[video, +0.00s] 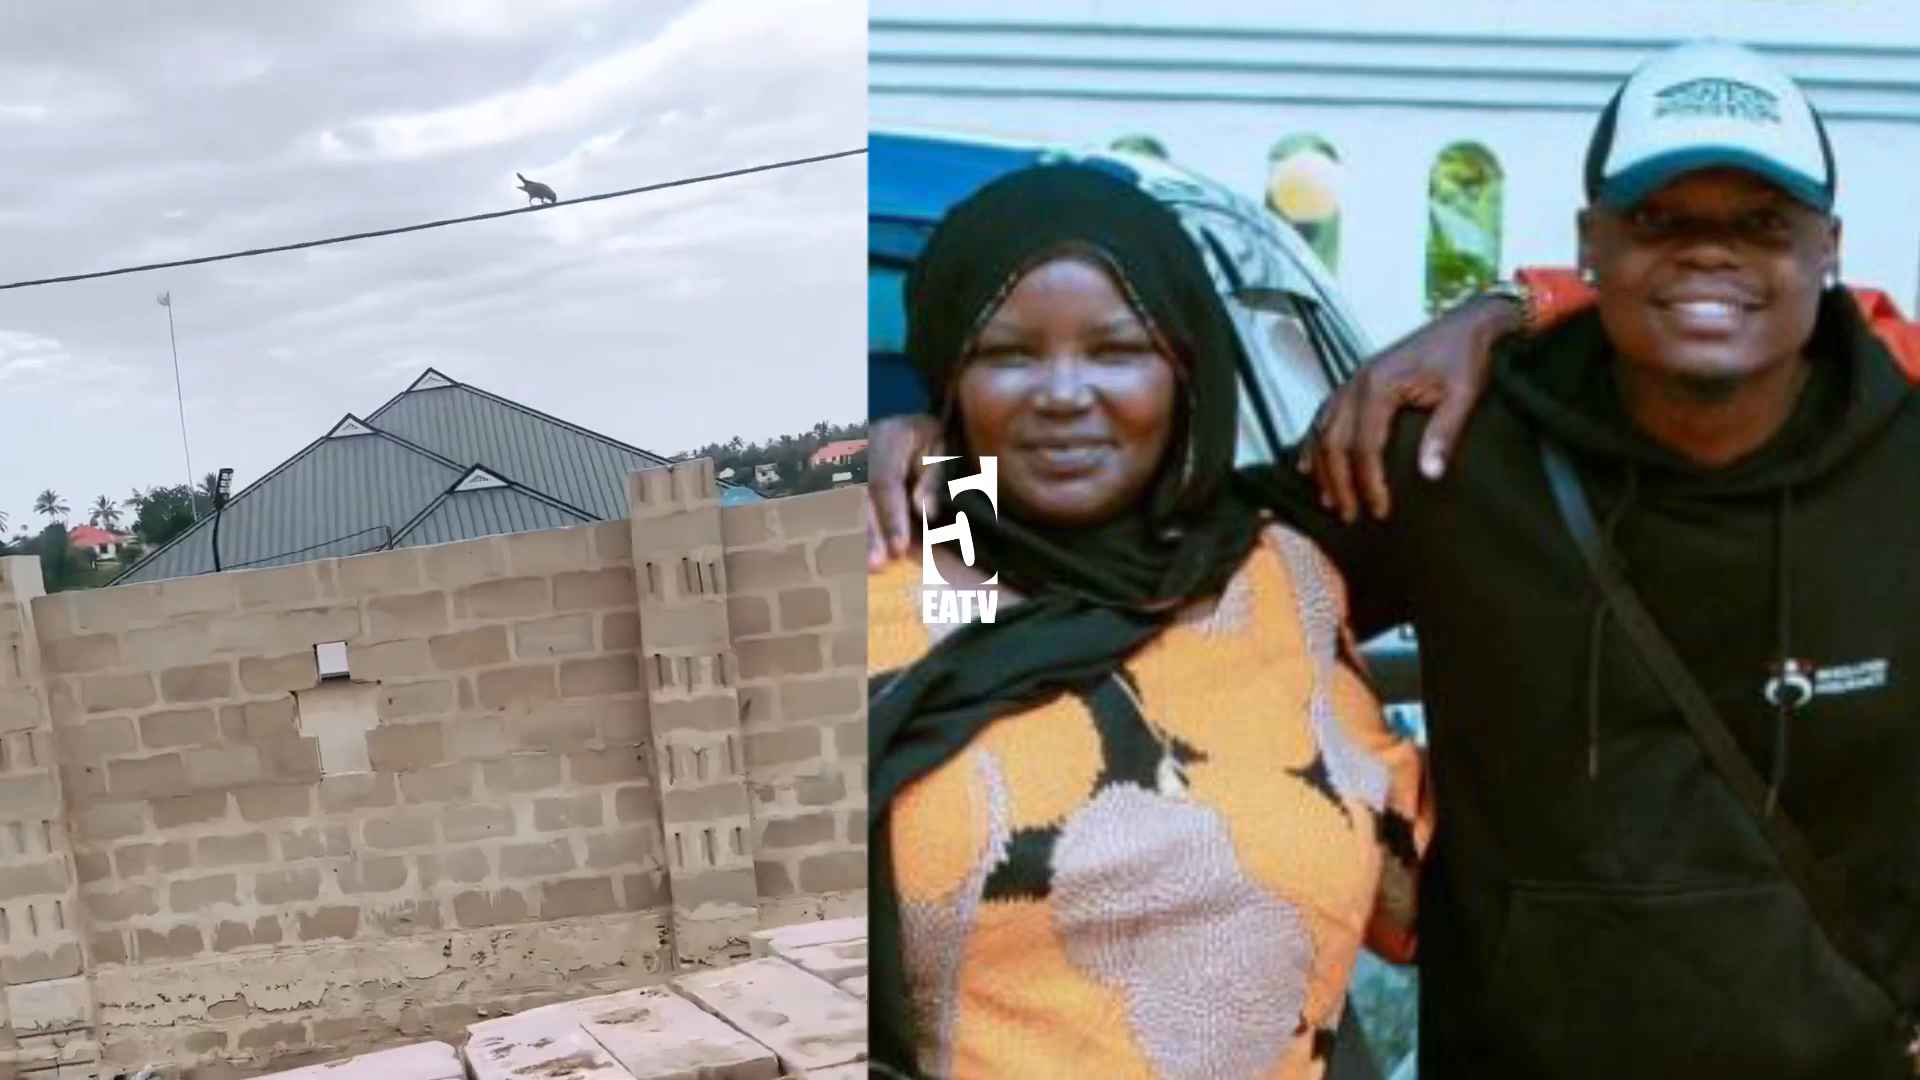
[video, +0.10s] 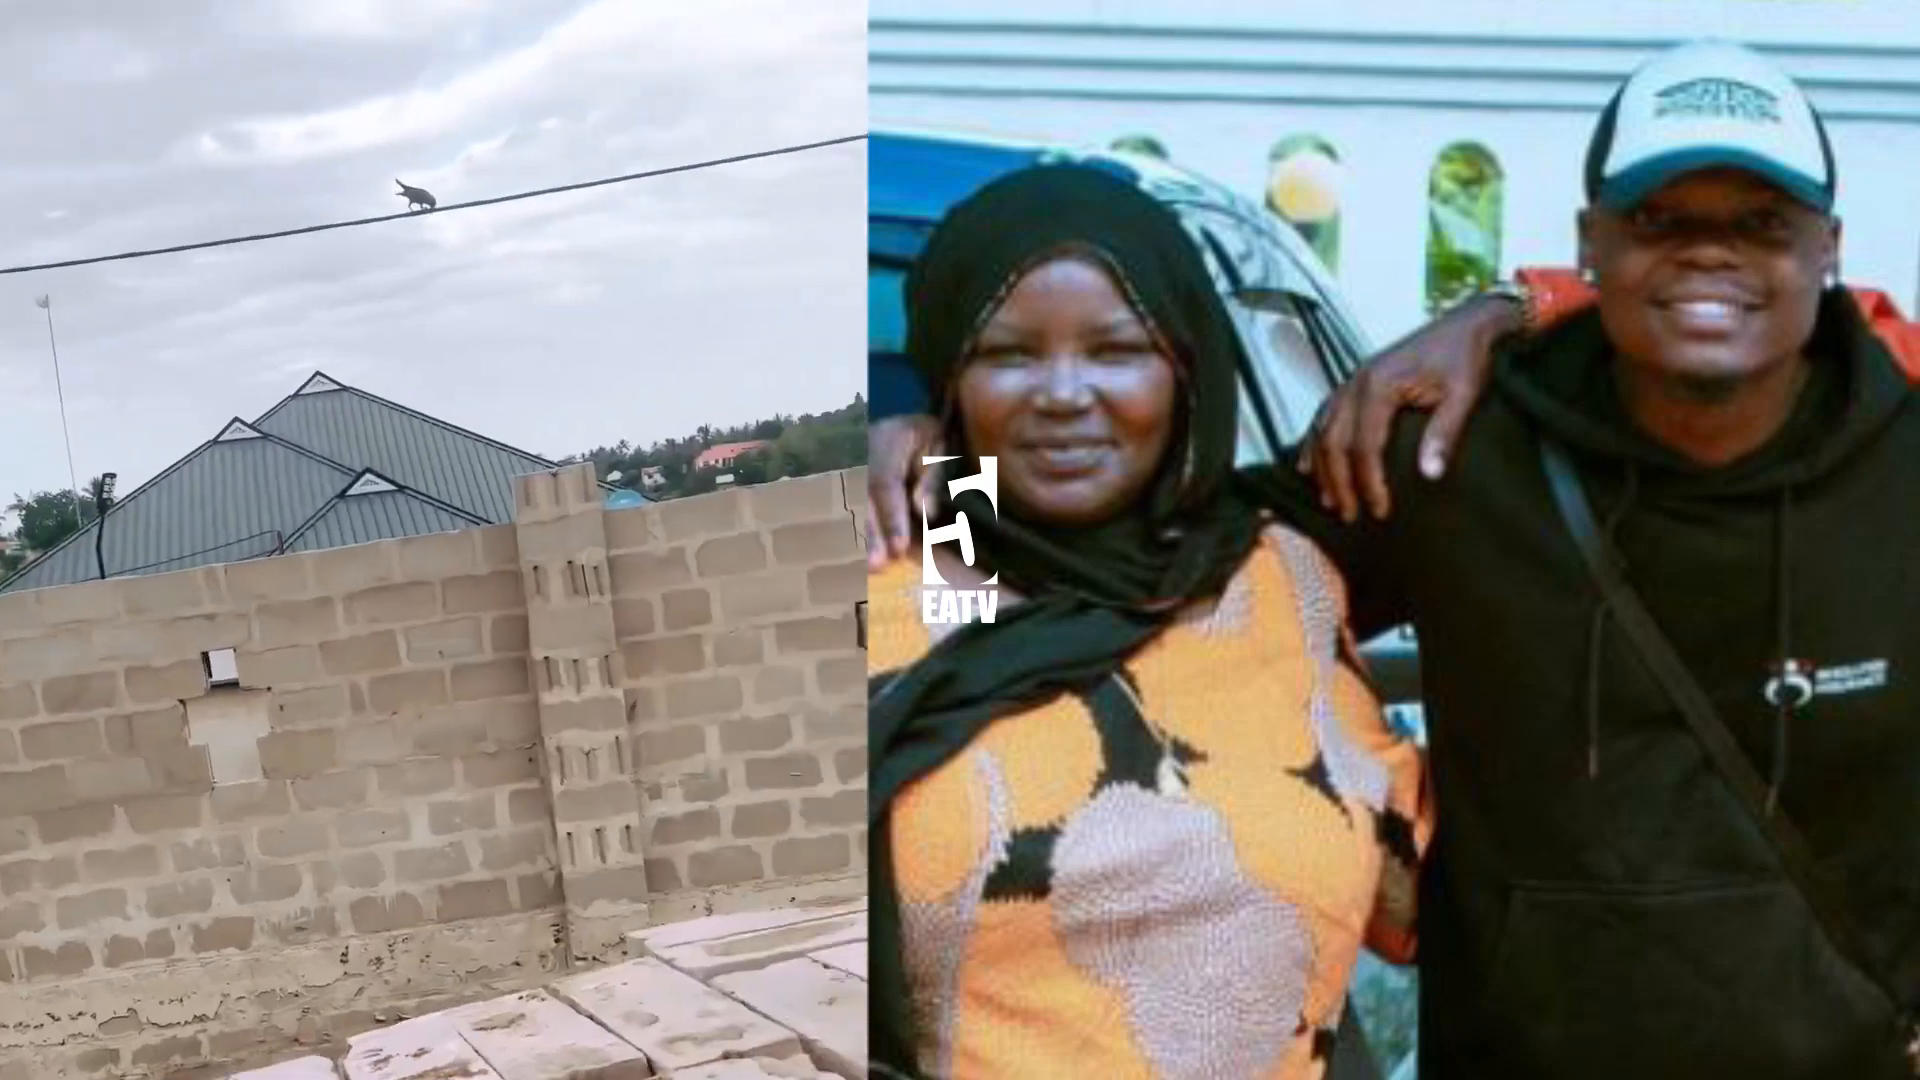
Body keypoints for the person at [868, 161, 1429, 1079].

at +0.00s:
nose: (1062, 397)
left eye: (1115, 351)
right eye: (1011, 354)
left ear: (1187, 372)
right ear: (950, 387)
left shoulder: (1284, 585)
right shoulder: (863, 612)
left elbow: (1426, 888)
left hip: (1282, 1059)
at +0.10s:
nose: (1062, 397)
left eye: (1115, 351)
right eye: (1011, 354)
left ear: (1187, 372)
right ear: (949, 386)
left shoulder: (1284, 586)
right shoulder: (866, 617)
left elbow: (1426, 888)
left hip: (1283, 1059)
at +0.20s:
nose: (1062, 397)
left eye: (1115, 351)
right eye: (1011, 354)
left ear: (1188, 372)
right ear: (949, 386)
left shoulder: (1283, 586)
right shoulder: (867, 619)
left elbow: (1425, 887)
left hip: (1282, 1059)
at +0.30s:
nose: (1062, 397)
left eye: (1115, 351)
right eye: (1011, 354)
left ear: (1187, 372)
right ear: (949, 387)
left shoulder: (1283, 585)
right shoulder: (863, 614)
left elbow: (1425, 887)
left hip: (1283, 1059)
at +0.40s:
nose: (1062, 397)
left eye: (1115, 351)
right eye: (1011, 354)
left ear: (1187, 372)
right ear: (949, 387)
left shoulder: (1283, 585)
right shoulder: (865, 615)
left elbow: (1425, 887)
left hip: (1282, 1059)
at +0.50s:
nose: (1062, 397)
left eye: (1115, 351)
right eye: (1011, 354)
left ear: (1188, 372)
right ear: (949, 387)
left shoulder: (1283, 585)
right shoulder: (862, 614)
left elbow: (1425, 886)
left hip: (1282, 1059)